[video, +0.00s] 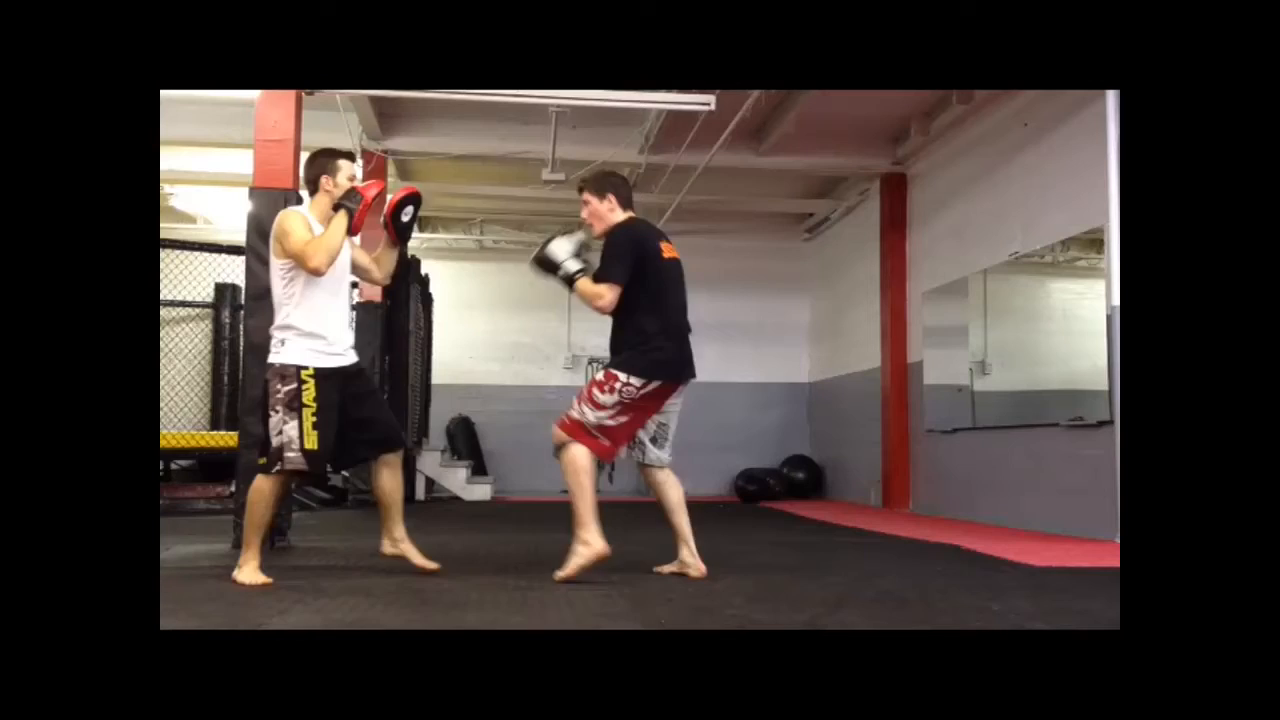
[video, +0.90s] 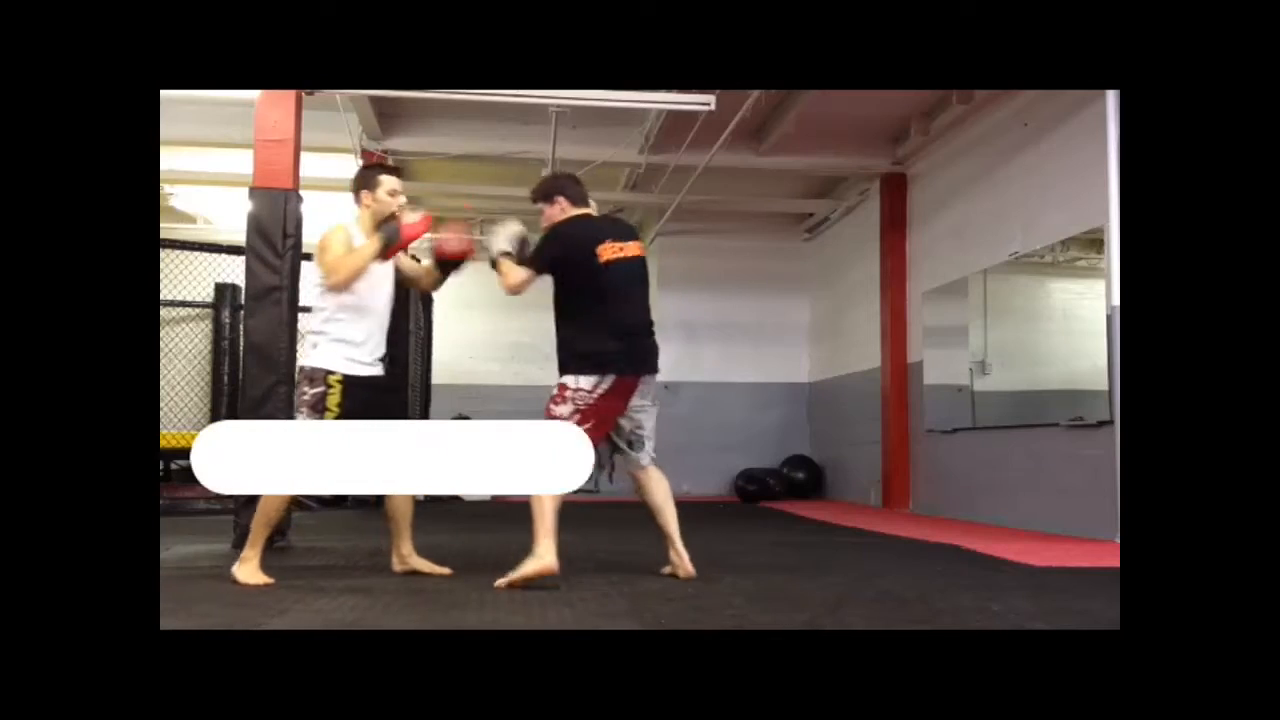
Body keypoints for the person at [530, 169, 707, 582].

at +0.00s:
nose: (584, 215)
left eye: (587, 205)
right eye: (583, 207)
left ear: (612, 200)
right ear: (619, 203)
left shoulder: (624, 235)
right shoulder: (653, 235)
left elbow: (606, 299)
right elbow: (630, 298)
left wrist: (570, 269)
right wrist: (580, 266)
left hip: (641, 363)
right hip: (673, 364)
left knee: (571, 435)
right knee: (655, 460)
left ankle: (588, 538)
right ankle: (689, 555)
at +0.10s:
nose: (584, 215)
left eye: (587, 205)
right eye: (583, 206)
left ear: (610, 201)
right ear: (620, 203)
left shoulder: (622, 235)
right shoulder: (654, 235)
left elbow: (594, 296)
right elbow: (633, 293)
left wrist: (561, 270)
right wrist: (593, 263)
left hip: (637, 358)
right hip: (669, 360)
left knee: (563, 429)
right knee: (653, 455)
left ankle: (559, 534)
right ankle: (689, 554)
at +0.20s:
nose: (576, 209)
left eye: (579, 201)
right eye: (575, 201)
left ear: (601, 197)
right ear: (616, 198)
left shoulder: (595, 228)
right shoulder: (653, 226)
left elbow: (545, 267)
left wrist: (522, 238)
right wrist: (581, 232)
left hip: (626, 351)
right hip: (668, 351)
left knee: (571, 444)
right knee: (665, 456)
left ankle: (546, 546)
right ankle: (689, 554)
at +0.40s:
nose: (556, 227)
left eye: (557, 217)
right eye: (552, 220)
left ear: (580, 205)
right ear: (586, 205)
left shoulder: (598, 236)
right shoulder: (624, 232)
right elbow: (574, 288)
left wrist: (513, 257)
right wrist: (532, 261)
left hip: (616, 369)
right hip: (641, 367)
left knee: (566, 457)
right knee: (633, 463)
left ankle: (550, 565)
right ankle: (686, 555)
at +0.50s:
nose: (546, 252)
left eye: (549, 242)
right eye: (542, 244)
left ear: (572, 230)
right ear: (566, 233)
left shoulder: (621, 257)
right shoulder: (564, 266)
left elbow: (631, 326)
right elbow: (525, 304)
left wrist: (569, 309)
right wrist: (529, 272)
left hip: (624, 379)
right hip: (603, 377)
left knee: (556, 456)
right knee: (614, 481)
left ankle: (550, 566)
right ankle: (684, 556)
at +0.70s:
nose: (530, 234)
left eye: (529, 224)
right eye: (527, 225)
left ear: (547, 215)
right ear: (557, 211)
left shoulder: (579, 251)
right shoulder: (603, 233)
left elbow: (601, 324)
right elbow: (551, 286)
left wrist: (559, 342)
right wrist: (547, 245)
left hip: (595, 368)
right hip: (627, 366)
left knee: (548, 457)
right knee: (619, 461)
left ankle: (549, 564)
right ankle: (677, 545)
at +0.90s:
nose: (541, 219)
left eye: (543, 210)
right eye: (540, 211)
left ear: (560, 204)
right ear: (580, 202)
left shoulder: (562, 235)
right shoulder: (624, 229)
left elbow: (514, 283)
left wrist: (500, 253)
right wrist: (534, 249)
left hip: (594, 365)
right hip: (640, 361)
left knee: (546, 453)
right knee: (642, 460)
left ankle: (544, 552)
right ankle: (679, 555)